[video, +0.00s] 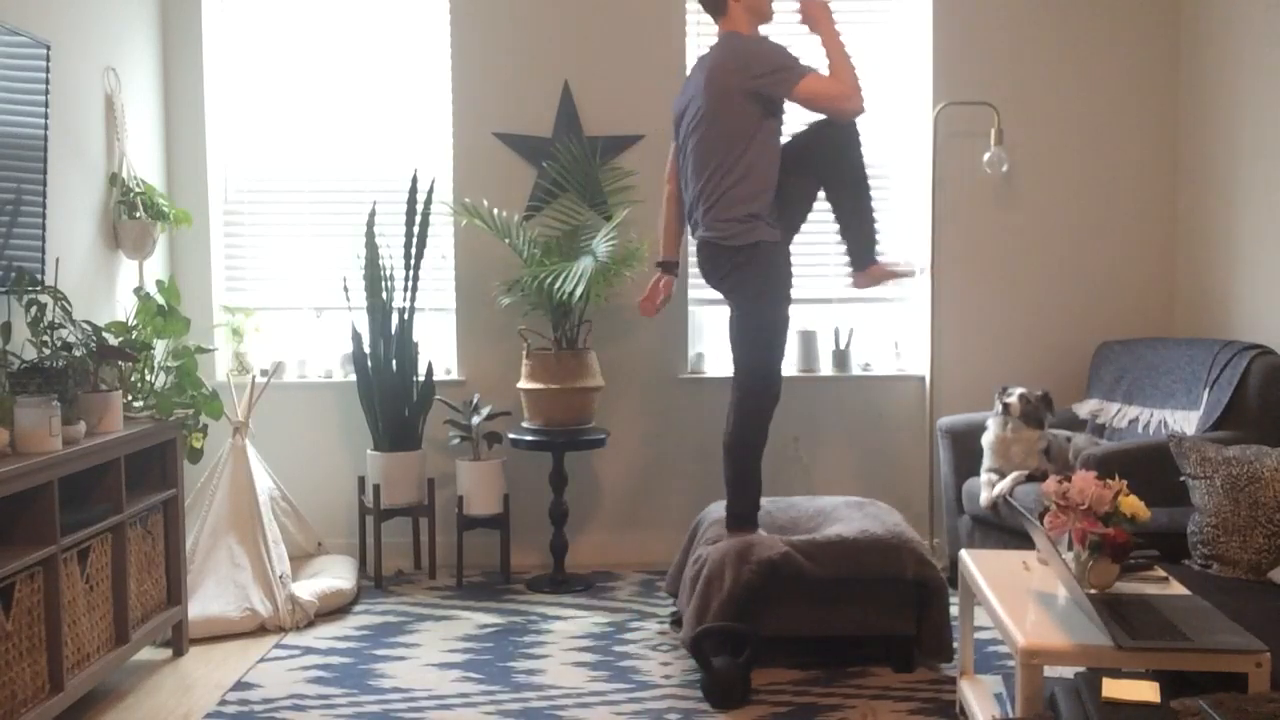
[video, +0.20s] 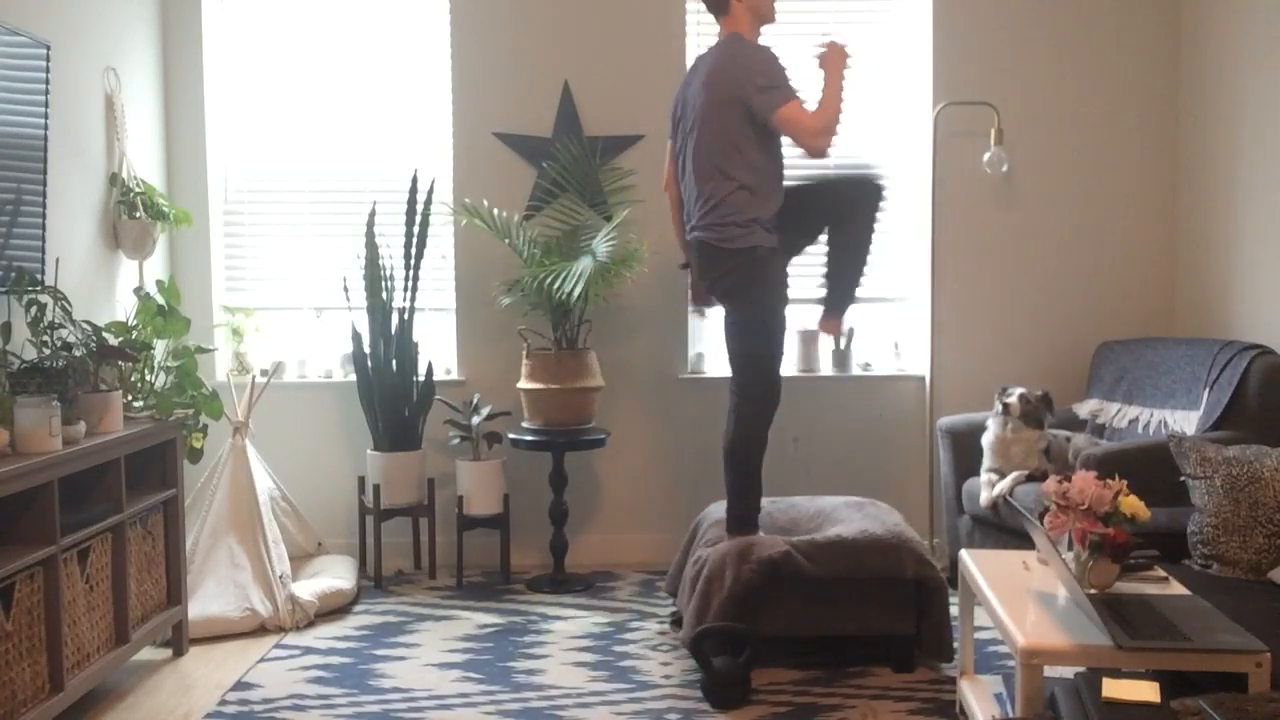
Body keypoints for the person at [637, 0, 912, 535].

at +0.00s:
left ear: (719, 8)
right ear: (740, 1)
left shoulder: (696, 79)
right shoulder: (749, 52)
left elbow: (675, 182)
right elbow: (847, 100)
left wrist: (667, 265)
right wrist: (826, 30)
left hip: (720, 244)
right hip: (750, 245)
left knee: (832, 135)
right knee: (757, 393)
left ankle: (865, 262)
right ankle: (742, 534)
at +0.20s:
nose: (771, 2)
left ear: (724, 10)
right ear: (741, 4)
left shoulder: (695, 76)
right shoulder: (748, 59)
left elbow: (673, 181)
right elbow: (816, 137)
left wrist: (691, 255)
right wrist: (834, 73)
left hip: (714, 240)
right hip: (743, 246)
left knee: (859, 192)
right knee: (755, 397)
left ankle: (832, 323)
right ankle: (742, 541)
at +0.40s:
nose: (766, 2)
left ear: (720, 10)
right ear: (732, 4)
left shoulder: (713, 68)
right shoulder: (731, 67)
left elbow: (710, 168)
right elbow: (726, 161)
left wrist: (793, 175)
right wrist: (808, 176)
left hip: (729, 252)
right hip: (723, 256)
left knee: (804, 356)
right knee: (766, 400)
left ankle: (705, 424)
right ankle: (739, 542)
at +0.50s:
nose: (765, 22)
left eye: (762, 12)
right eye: (755, 11)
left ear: (725, 24)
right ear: (727, 20)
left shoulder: (714, 88)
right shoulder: (722, 89)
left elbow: (709, 191)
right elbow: (700, 183)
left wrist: (772, 244)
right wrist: (773, 243)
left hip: (709, 273)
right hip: (720, 276)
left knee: (752, 401)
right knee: (787, 406)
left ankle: (659, 490)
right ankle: (740, 545)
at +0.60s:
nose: (758, 49)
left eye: (754, 38)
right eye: (750, 38)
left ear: (719, 51)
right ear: (722, 49)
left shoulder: (721, 123)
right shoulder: (710, 119)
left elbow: (729, 231)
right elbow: (679, 210)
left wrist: (796, 249)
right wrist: (732, 286)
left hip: (695, 302)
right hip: (703, 302)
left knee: (702, 433)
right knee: (799, 412)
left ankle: (635, 550)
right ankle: (741, 545)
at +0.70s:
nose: (747, 86)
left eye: (743, 75)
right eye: (738, 76)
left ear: (708, 87)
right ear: (709, 85)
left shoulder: (710, 158)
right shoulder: (696, 155)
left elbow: (722, 262)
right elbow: (656, 245)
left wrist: (792, 239)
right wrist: (684, 336)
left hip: (685, 331)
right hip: (696, 332)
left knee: (665, 467)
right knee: (805, 416)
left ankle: (617, 590)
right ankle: (742, 547)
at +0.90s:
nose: (712, 113)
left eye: (710, 102)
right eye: (704, 103)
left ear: (678, 111)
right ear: (674, 110)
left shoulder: (677, 184)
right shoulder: (656, 178)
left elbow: (711, 276)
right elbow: (608, 262)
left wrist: (732, 211)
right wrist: (601, 360)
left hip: (659, 358)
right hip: (660, 357)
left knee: (644, 489)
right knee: (796, 385)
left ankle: (596, 618)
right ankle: (746, 514)